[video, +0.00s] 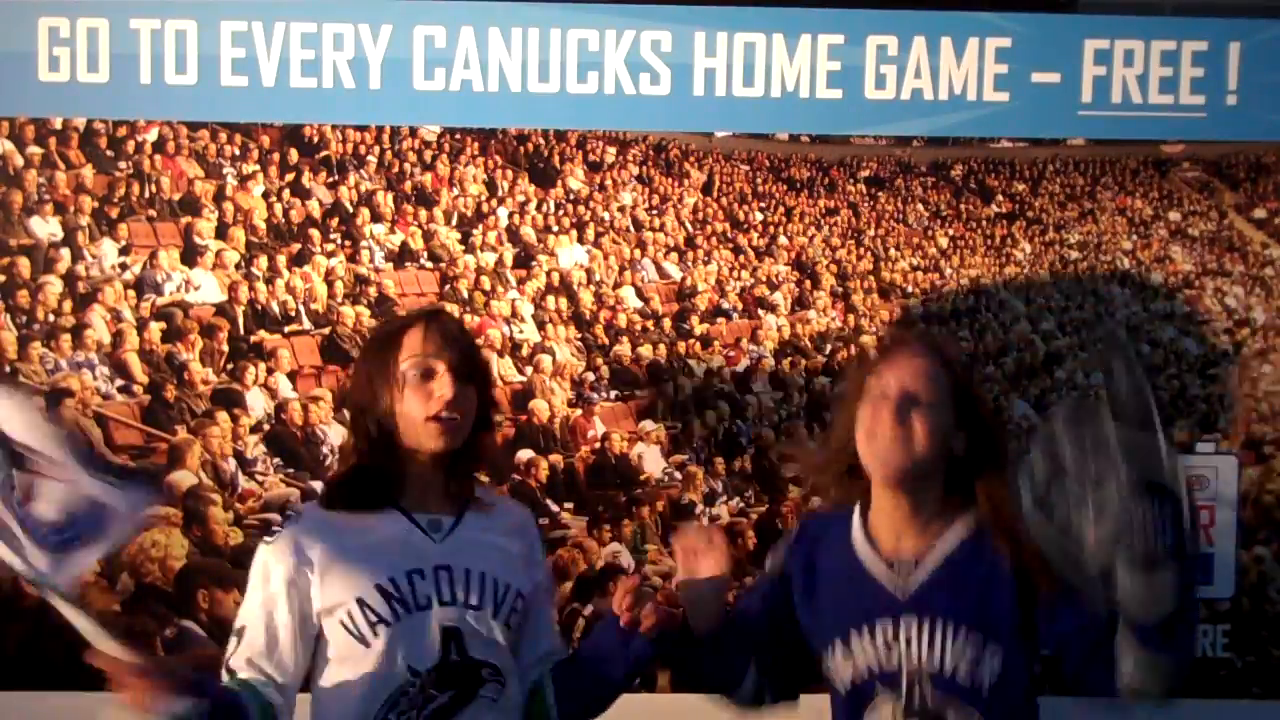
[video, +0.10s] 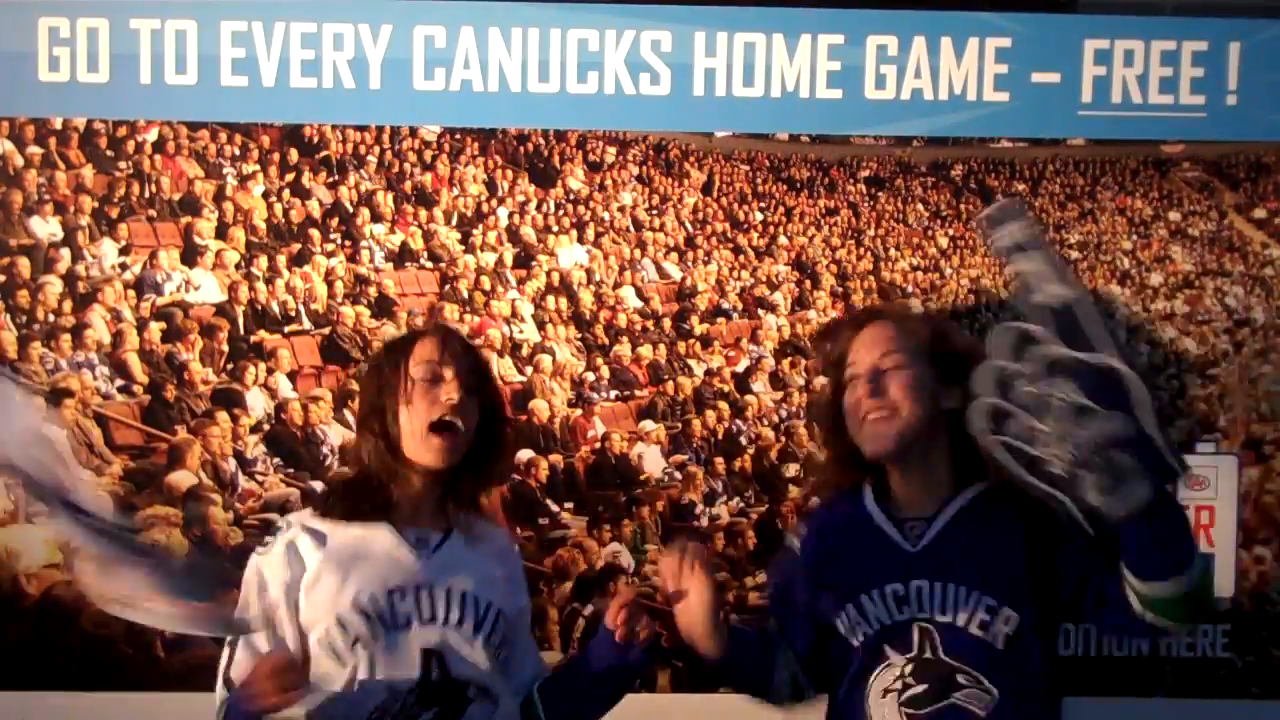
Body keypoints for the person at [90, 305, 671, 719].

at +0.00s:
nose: (450, 393)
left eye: (463, 375)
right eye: (423, 377)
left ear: (478, 394)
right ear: (377, 399)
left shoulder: (514, 528)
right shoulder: (302, 546)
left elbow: (542, 698)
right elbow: (262, 699)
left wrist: (610, 647)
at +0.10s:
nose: (455, 397)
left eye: (468, 384)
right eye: (431, 378)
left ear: (483, 413)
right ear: (386, 400)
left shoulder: (497, 551)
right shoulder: (303, 546)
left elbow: (529, 704)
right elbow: (236, 706)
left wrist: (604, 657)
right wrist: (247, 700)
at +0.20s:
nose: (438, 394)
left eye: (451, 382)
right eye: (415, 377)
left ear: (465, 406)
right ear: (368, 404)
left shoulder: (485, 553)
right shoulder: (294, 554)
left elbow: (531, 707)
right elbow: (249, 715)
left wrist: (608, 649)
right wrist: (299, 673)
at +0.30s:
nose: (422, 368)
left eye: (432, 357)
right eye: (394, 357)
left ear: (449, 385)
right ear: (353, 391)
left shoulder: (502, 508)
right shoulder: (303, 537)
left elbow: (530, 686)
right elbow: (254, 710)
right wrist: (268, 677)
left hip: (491, 704)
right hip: (363, 706)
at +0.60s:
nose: (429, 357)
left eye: (454, 355)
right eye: (409, 353)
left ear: (483, 411)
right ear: (378, 409)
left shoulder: (517, 536)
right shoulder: (314, 532)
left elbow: (561, 694)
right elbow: (278, 696)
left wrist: (662, 604)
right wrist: (163, 676)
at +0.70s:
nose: (444, 374)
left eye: (468, 377)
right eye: (422, 370)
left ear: (487, 432)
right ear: (388, 418)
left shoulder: (507, 562)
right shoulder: (305, 546)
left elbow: (536, 712)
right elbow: (274, 704)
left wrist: (648, 645)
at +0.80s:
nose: (437, 397)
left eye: (454, 391)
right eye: (419, 383)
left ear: (469, 436)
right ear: (379, 409)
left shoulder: (484, 568)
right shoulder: (290, 559)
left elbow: (521, 712)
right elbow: (255, 712)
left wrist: (639, 645)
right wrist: (284, 660)